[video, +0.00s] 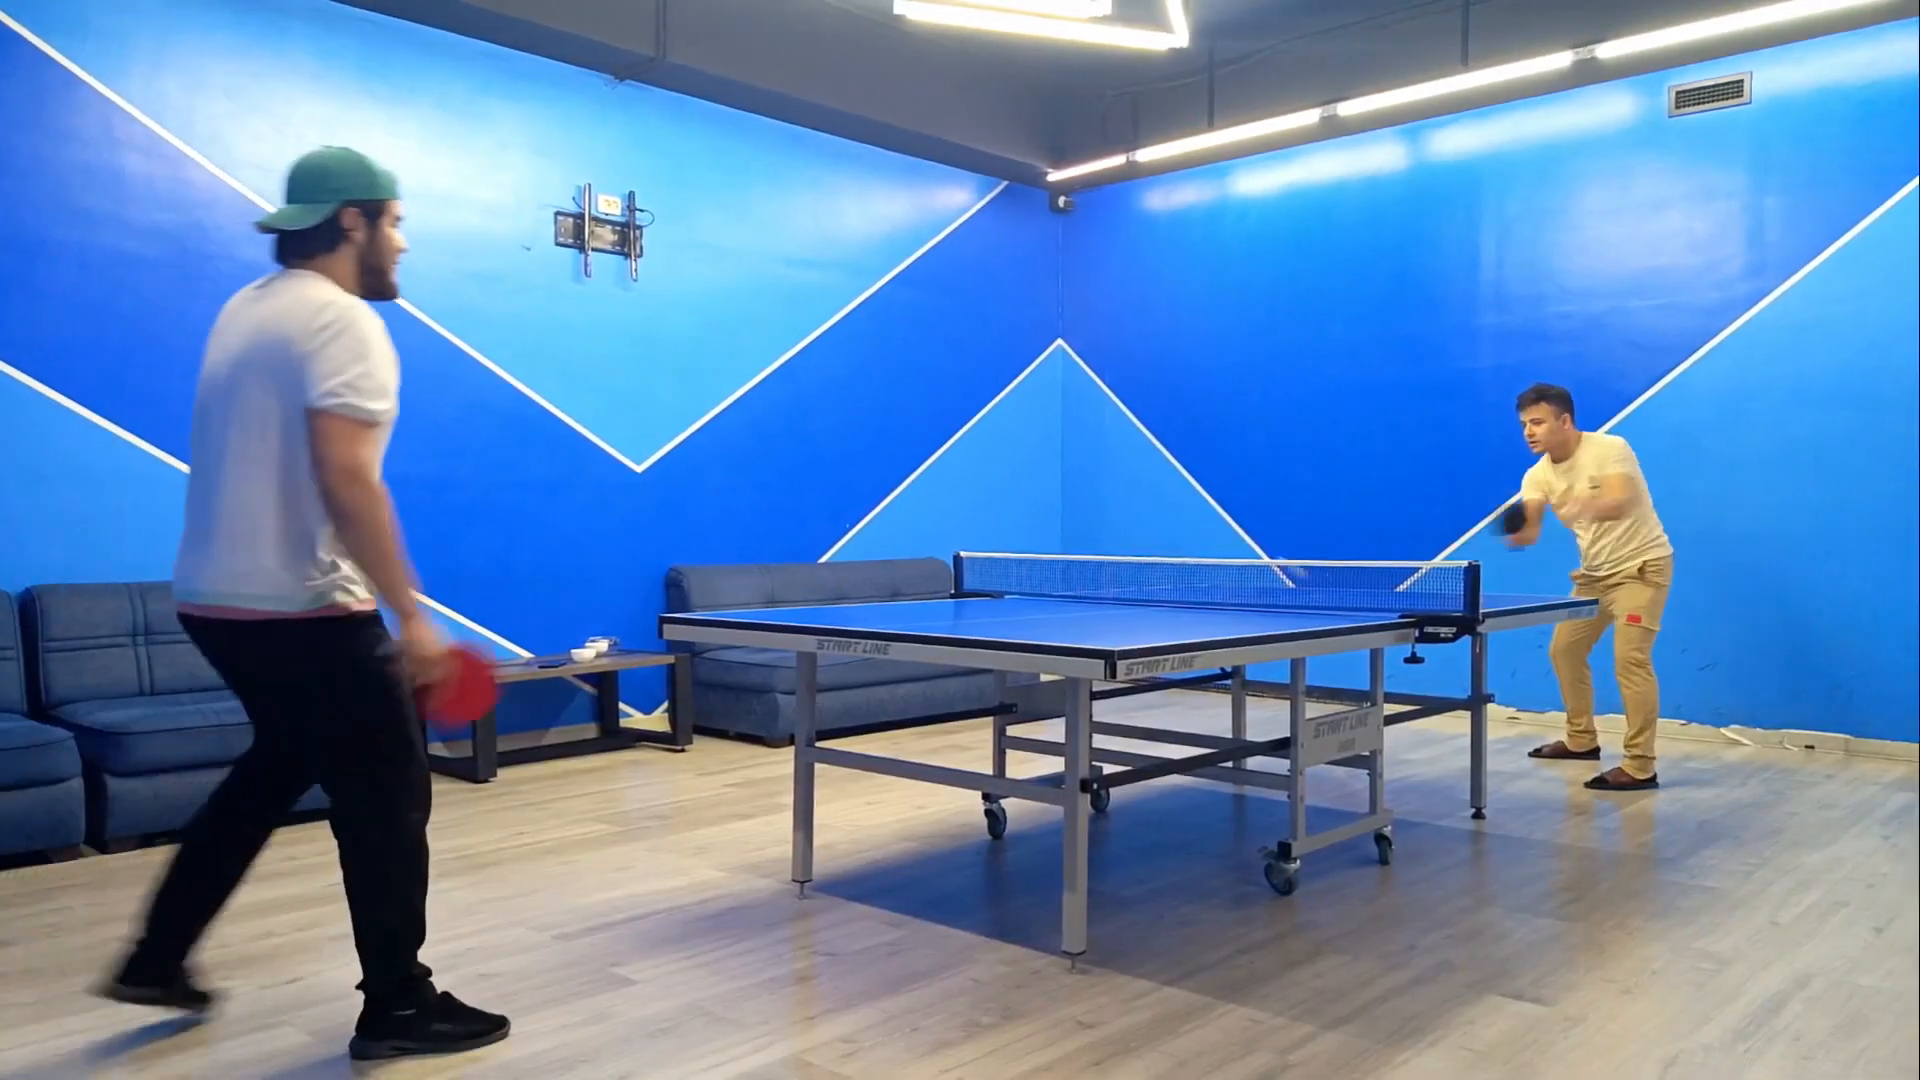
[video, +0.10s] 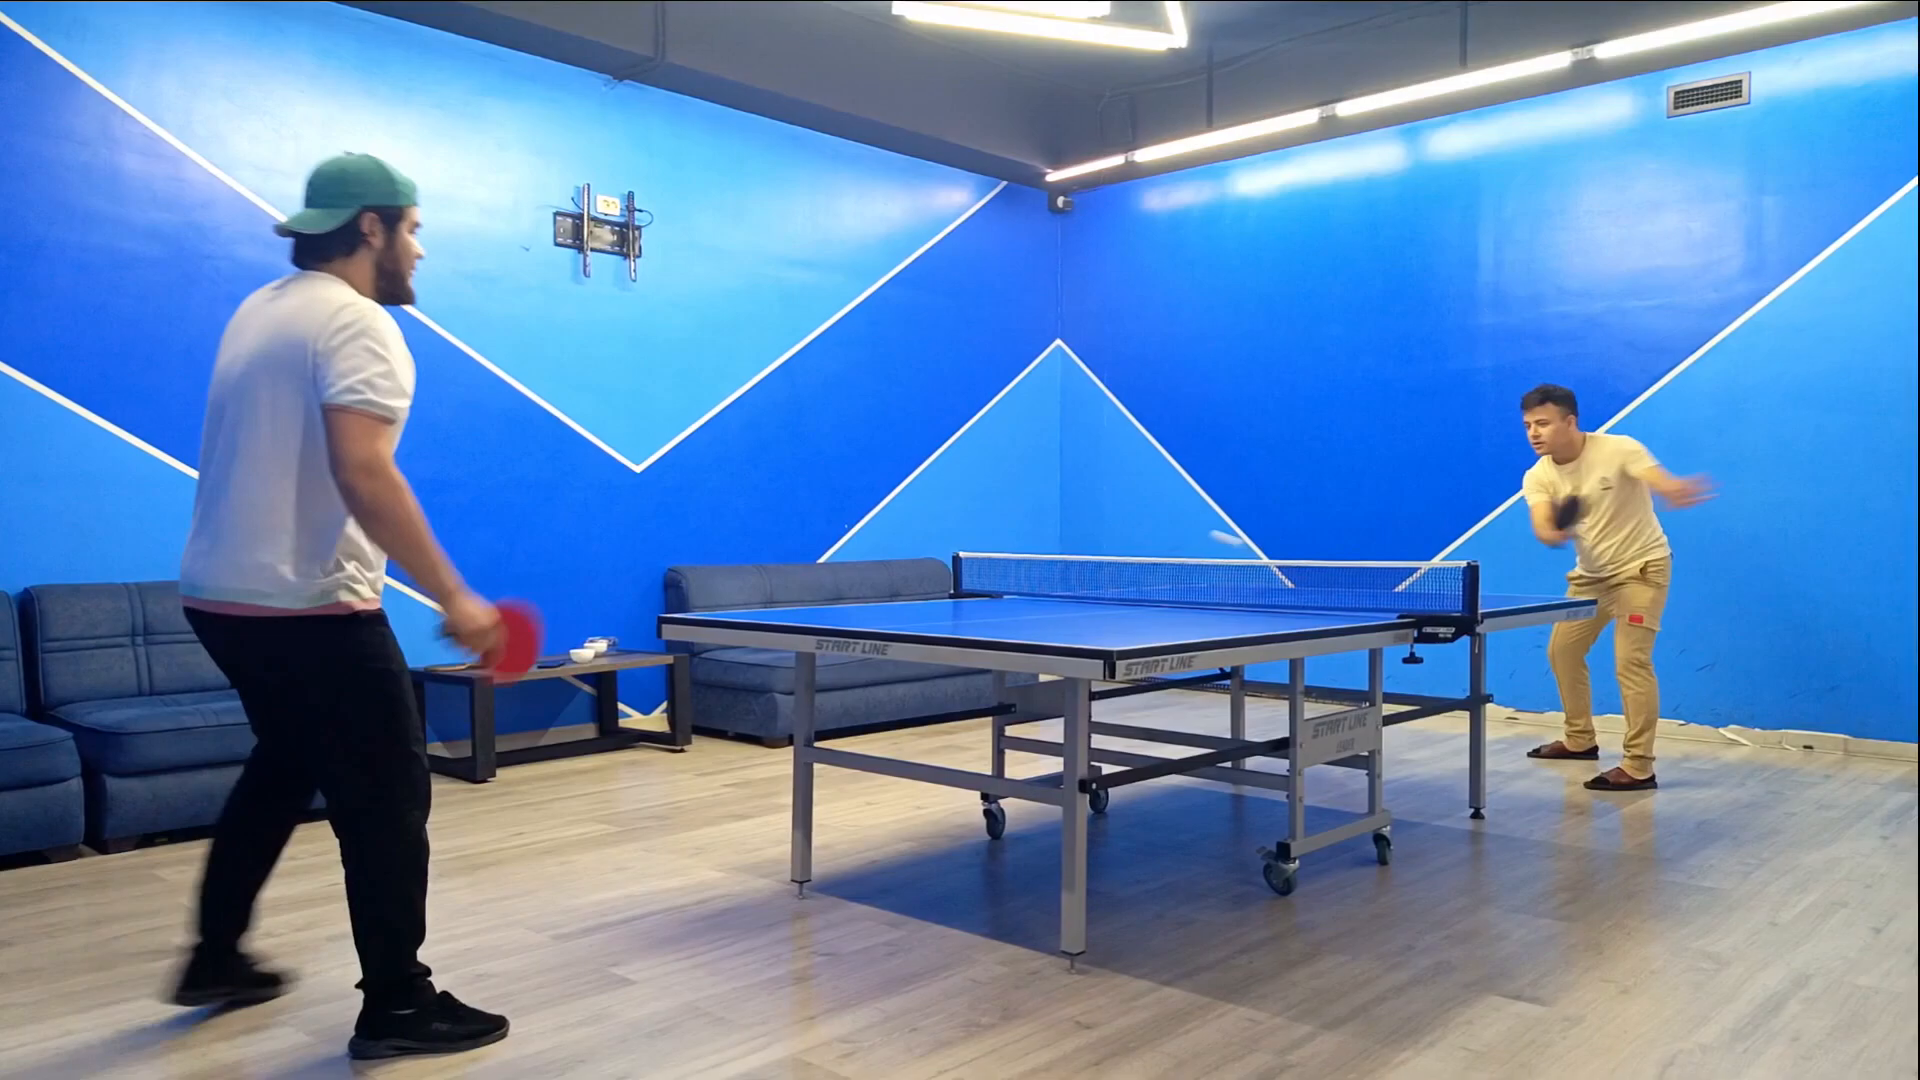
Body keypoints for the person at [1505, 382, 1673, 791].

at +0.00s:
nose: (1528, 432)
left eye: (1536, 423)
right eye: (1524, 425)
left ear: (1565, 421)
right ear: (1524, 429)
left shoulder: (1609, 448)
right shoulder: (1537, 476)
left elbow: (1622, 500)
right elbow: (1529, 531)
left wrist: (1584, 507)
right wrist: (1517, 533)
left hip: (1642, 565)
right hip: (1596, 573)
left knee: (1630, 656)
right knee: (1565, 650)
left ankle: (1640, 766)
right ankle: (1581, 741)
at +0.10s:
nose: (1533, 432)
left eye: (1542, 423)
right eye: (1529, 425)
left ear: (1571, 422)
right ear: (1528, 428)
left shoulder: (1619, 449)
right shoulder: (1538, 476)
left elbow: (1660, 480)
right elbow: (1543, 529)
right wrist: (1558, 531)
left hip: (1642, 567)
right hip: (1592, 574)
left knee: (1631, 659)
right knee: (1563, 651)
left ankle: (1638, 766)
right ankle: (1580, 741)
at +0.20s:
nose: (1542, 434)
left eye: (1551, 424)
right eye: (1537, 426)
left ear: (1580, 423)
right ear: (1534, 429)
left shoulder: (1630, 450)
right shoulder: (1543, 476)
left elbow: (1700, 469)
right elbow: (1560, 531)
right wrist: (1600, 538)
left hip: (1643, 567)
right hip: (1591, 574)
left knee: (1633, 659)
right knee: (1567, 651)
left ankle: (1637, 767)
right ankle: (1577, 740)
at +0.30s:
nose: (1550, 432)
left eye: (1559, 422)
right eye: (1545, 423)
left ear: (1590, 420)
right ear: (1543, 424)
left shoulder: (1640, 444)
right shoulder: (1549, 472)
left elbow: (1697, 464)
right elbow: (1570, 530)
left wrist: (1761, 490)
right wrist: (1618, 544)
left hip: (1647, 568)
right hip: (1593, 573)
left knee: (1636, 660)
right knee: (1574, 654)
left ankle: (1637, 767)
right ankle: (1579, 739)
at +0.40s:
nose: (1560, 426)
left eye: (1569, 416)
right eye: (1555, 418)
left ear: (1599, 415)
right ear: (1553, 419)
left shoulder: (1649, 435)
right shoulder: (1558, 466)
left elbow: (1677, 461)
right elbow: (1577, 528)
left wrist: (1700, 493)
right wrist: (1624, 545)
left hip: (1657, 564)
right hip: (1600, 568)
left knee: (1642, 661)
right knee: (1578, 653)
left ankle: (1639, 768)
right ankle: (1597, 745)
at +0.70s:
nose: (1569, 422)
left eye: (1579, 413)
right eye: (1564, 415)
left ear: (1609, 414)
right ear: (1561, 420)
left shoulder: (1659, 450)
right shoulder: (1564, 474)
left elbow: (1706, 492)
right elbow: (1570, 537)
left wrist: (1729, 549)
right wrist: (1585, 555)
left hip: (1664, 577)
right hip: (1608, 583)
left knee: (1664, 663)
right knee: (1577, 663)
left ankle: (1656, 766)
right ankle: (1616, 752)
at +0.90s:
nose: (1565, 411)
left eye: (1574, 401)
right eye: (1560, 404)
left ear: (1602, 401)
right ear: (1559, 411)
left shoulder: (1644, 440)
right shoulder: (1582, 465)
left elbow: (1699, 491)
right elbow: (1593, 528)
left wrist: (1686, 545)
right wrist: (1564, 570)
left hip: (1672, 569)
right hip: (1626, 574)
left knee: (1657, 657)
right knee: (1602, 657)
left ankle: (1684, 765)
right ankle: (1623, 753)